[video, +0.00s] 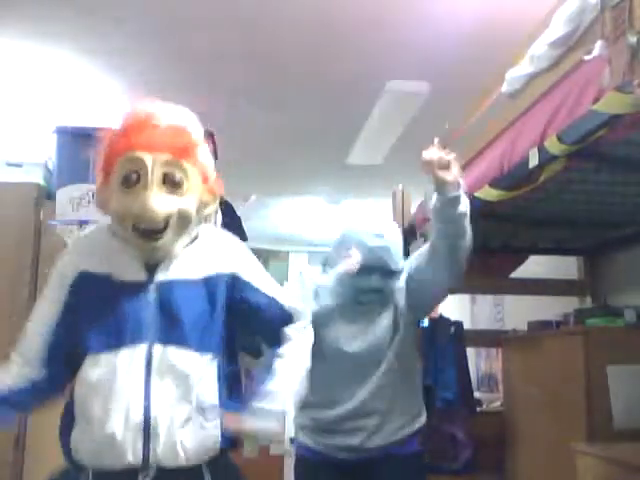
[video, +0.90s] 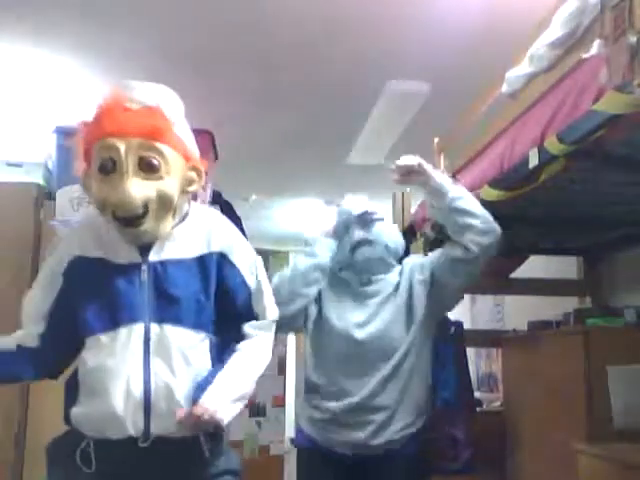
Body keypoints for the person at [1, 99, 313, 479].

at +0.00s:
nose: (149, 202)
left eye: (171, 181)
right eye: (132, 179)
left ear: (203, 194)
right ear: (105, 192)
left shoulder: (223, 258)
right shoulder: (84, 258)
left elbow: (293, 329)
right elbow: (36, 364)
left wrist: (266, 415)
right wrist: (5, 397)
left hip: (196, 468)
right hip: (98, 469)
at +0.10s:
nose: (152, 206)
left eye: (175, 185)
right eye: (134, 181)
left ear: (204, 202)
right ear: (104, 195)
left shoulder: (219, 263)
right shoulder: (78, 260)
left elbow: (286, 331)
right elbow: (41, 353)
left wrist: (306, 414)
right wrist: (22, 432)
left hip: (197, 464)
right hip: (100, 465)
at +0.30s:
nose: (162, 206)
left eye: (183, 189)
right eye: (144, 181)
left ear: (204, 199)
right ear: (113, 179)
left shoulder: (203, 260)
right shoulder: (74, 245)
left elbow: (244, 358)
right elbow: (25, 337)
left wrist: (332, 422)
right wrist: (79, 422)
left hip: (192, 453)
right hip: (102, 458)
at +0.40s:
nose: (161, 197)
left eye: (185, 179)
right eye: (146, 167)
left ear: (206, 194)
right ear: (110, 168)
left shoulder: (199, 245)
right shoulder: (73, 226)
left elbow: (226, 342)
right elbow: (13, 307)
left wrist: (302, 415)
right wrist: (58, 394)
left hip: (184, 440)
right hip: (94, 446)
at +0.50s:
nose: (156, 177)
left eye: (179, 161)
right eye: (139, 150)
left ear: (201, 172)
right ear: (108, 147)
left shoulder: (199, 219)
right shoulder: (68, 198)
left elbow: (222, 320)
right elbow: (10, 291)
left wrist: (265, 413)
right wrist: (24, 397)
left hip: (176, 424)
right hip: (76, 430)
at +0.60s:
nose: (143, 158)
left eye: (165, 139)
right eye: (124, 136)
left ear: (196, 150)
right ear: (94, 141)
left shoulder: (210, 212)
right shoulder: (68, 201)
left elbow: (231, 326)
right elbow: (13, 305)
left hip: (177, 433)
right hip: (78, 433)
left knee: (206, 467)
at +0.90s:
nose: (126, 188)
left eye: (149, 165)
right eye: (108, 167)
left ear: (190, 179)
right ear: (88, 180)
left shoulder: (216, 239)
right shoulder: (77, 247)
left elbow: (258, 328)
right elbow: (42, 350)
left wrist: (221, 398)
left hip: (193, 457)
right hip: (97, 459)